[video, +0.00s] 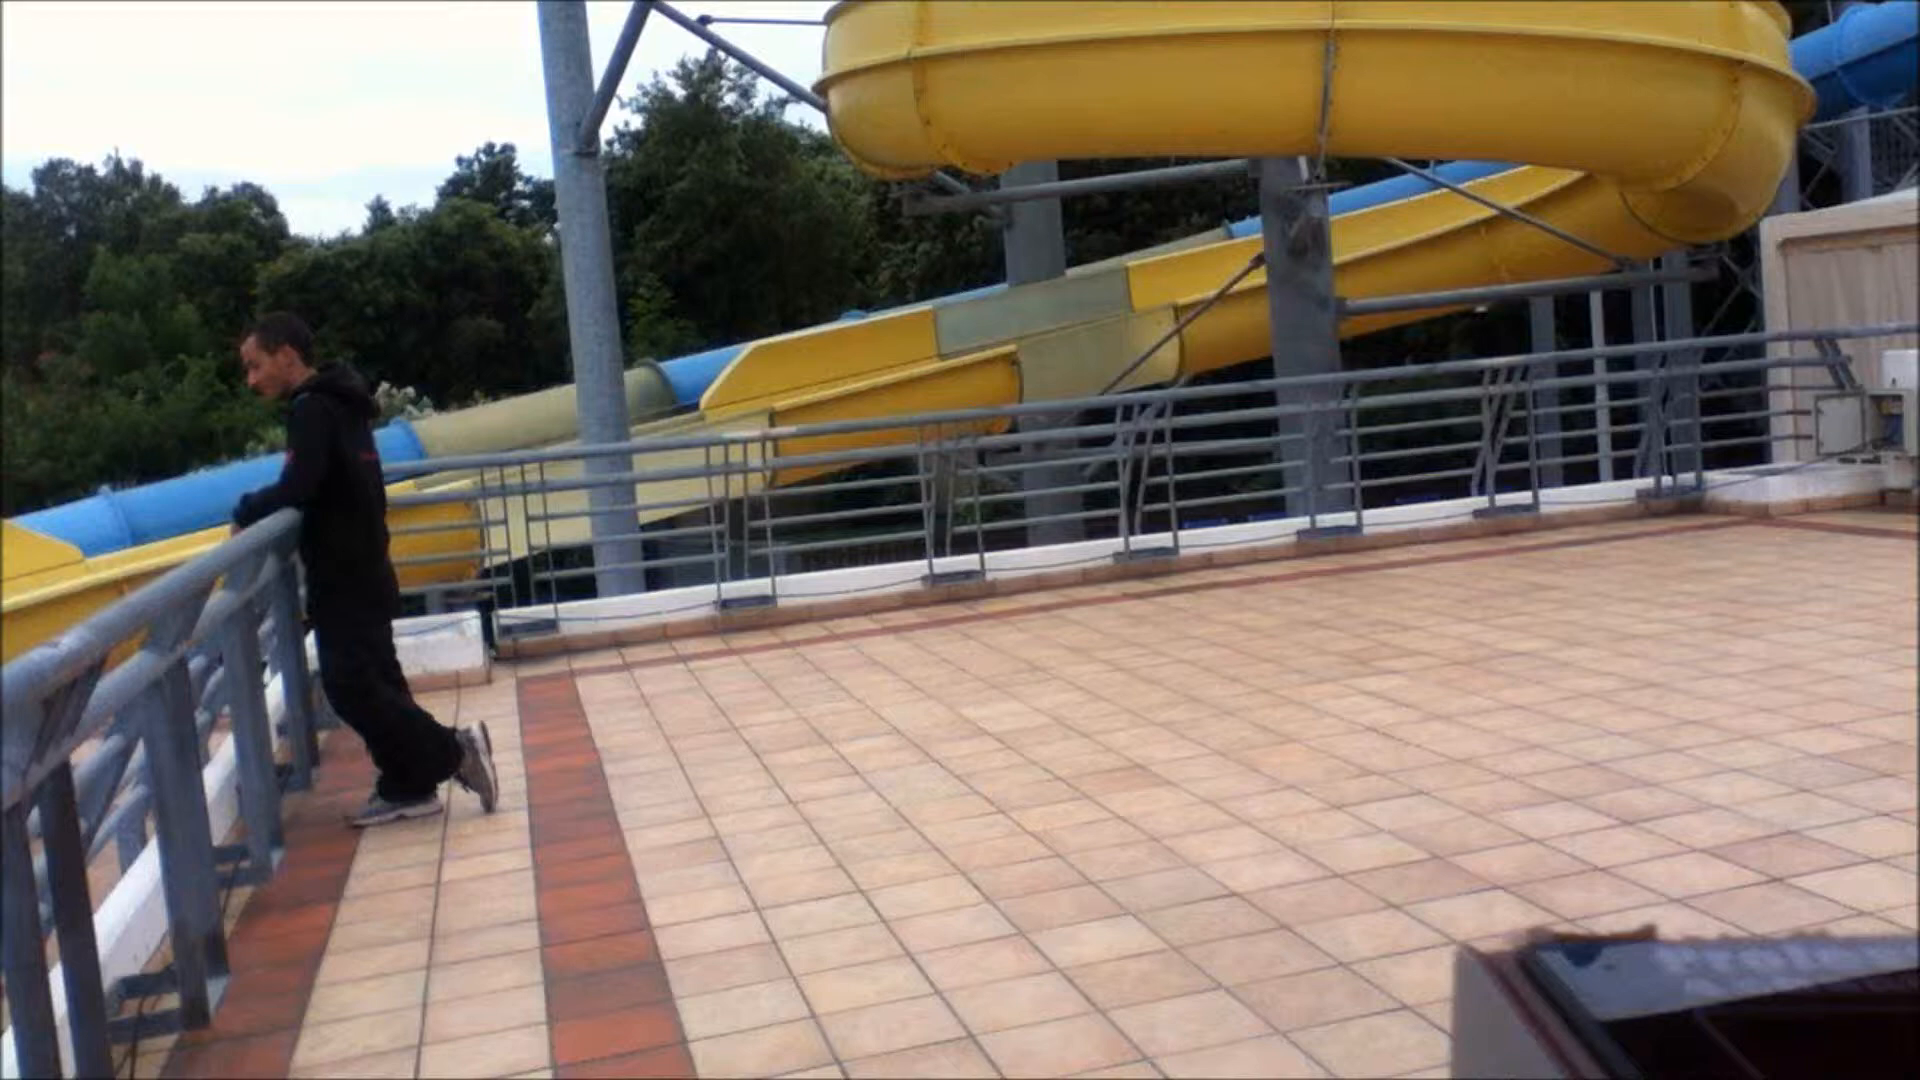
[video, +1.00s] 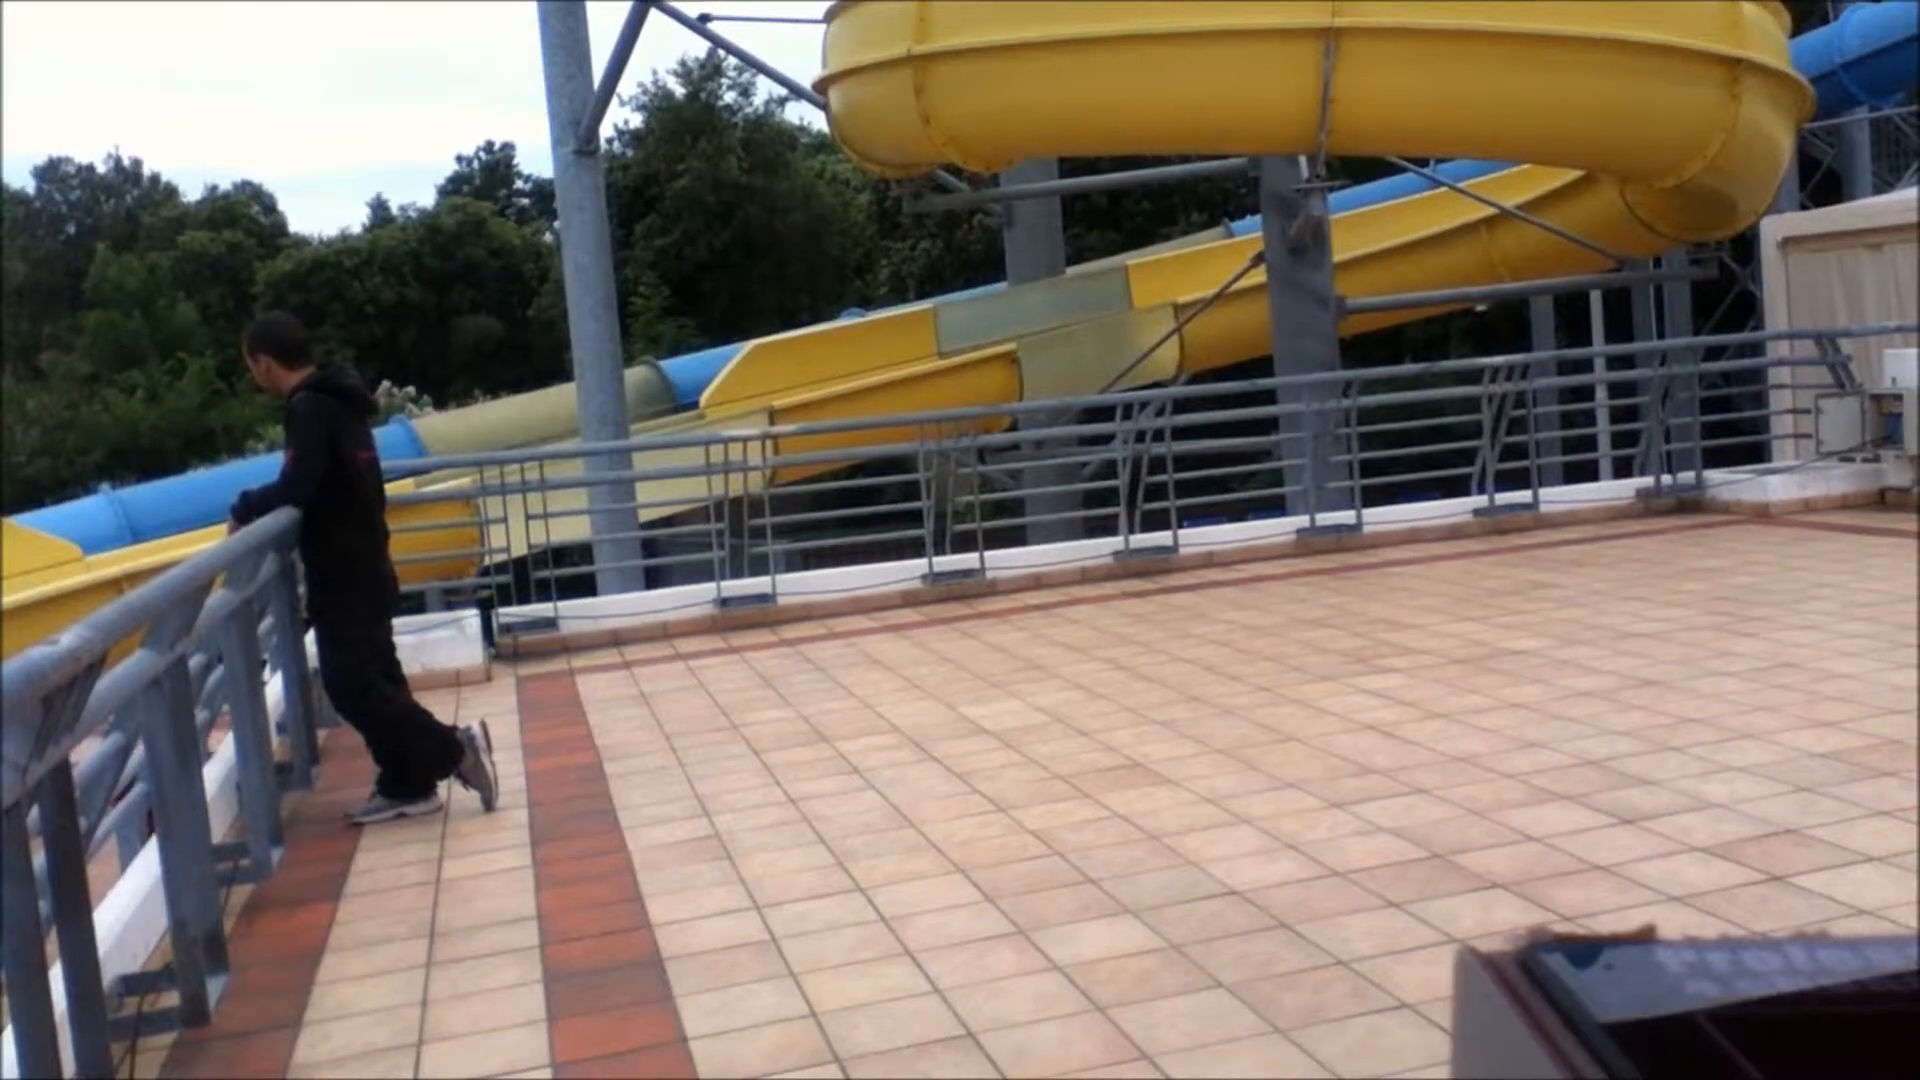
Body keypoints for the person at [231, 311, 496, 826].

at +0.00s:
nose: (250, 380)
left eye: (254, 366)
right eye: (247, 369)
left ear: (288, 357)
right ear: (292, 361)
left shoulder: (312, 410)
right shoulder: (337, 399)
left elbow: (303, 487)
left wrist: (246, 510)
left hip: (343, 575)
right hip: (363, 570)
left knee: (348, 689)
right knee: (376, 677)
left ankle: (453, 752)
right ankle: (406, 790)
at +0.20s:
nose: (250, 379)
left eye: (255, 365)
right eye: (247, 368)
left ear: (288, 357)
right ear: (292, 360)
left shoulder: (313, 409)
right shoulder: (337, 399)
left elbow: (302, 487)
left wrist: (245, 510)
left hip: (344, 574)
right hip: (364, 569)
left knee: (349, 690)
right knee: (376, 678)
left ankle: (453, 752)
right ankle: (406, 790)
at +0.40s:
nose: (250, 379)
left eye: (253, 365)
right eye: (247, 367)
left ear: (284, 358)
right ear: (291, 360)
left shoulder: (312, 409)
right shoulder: (337, 398)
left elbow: (302, 487)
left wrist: (244, 509)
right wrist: (262, 508)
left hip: (345, 573)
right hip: (365, 567)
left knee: (349, 690)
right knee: (376, 676)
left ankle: (454, 751)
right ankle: (406, 789)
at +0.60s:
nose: (255, 375)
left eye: (254, 365)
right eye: (253, 366)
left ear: (270, 363)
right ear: (301, 352)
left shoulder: (312, 409)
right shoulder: (339, 398)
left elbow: (298, 489)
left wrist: (243, 508)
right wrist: (260, 509)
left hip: (344, 574)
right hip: (365, 567)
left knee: (349, 688)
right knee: (377, 675)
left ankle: (455, 748)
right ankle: (405, 787)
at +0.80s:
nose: (255, 375)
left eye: (254, 365)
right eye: (253, 365)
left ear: (269, 362)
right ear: (300, 351)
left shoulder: (310, 408)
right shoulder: (337, 397)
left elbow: (298, 489)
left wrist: (243, 507)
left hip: (343, 572)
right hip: (364, 566)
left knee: (348, 686)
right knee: (376, 674)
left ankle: (453, 748)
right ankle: (405, 786)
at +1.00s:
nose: (253, 377)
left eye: (252, 367)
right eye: (251, 368)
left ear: (268, 363)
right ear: (300, 352)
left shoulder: (308, 408)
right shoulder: (337, 397)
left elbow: (298, 488)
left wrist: (244, 509)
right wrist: (261, 508)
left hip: (343, 573)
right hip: (364, 567)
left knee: (348, 687)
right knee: (376, 675)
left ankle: (452, 750)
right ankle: (406, 787)